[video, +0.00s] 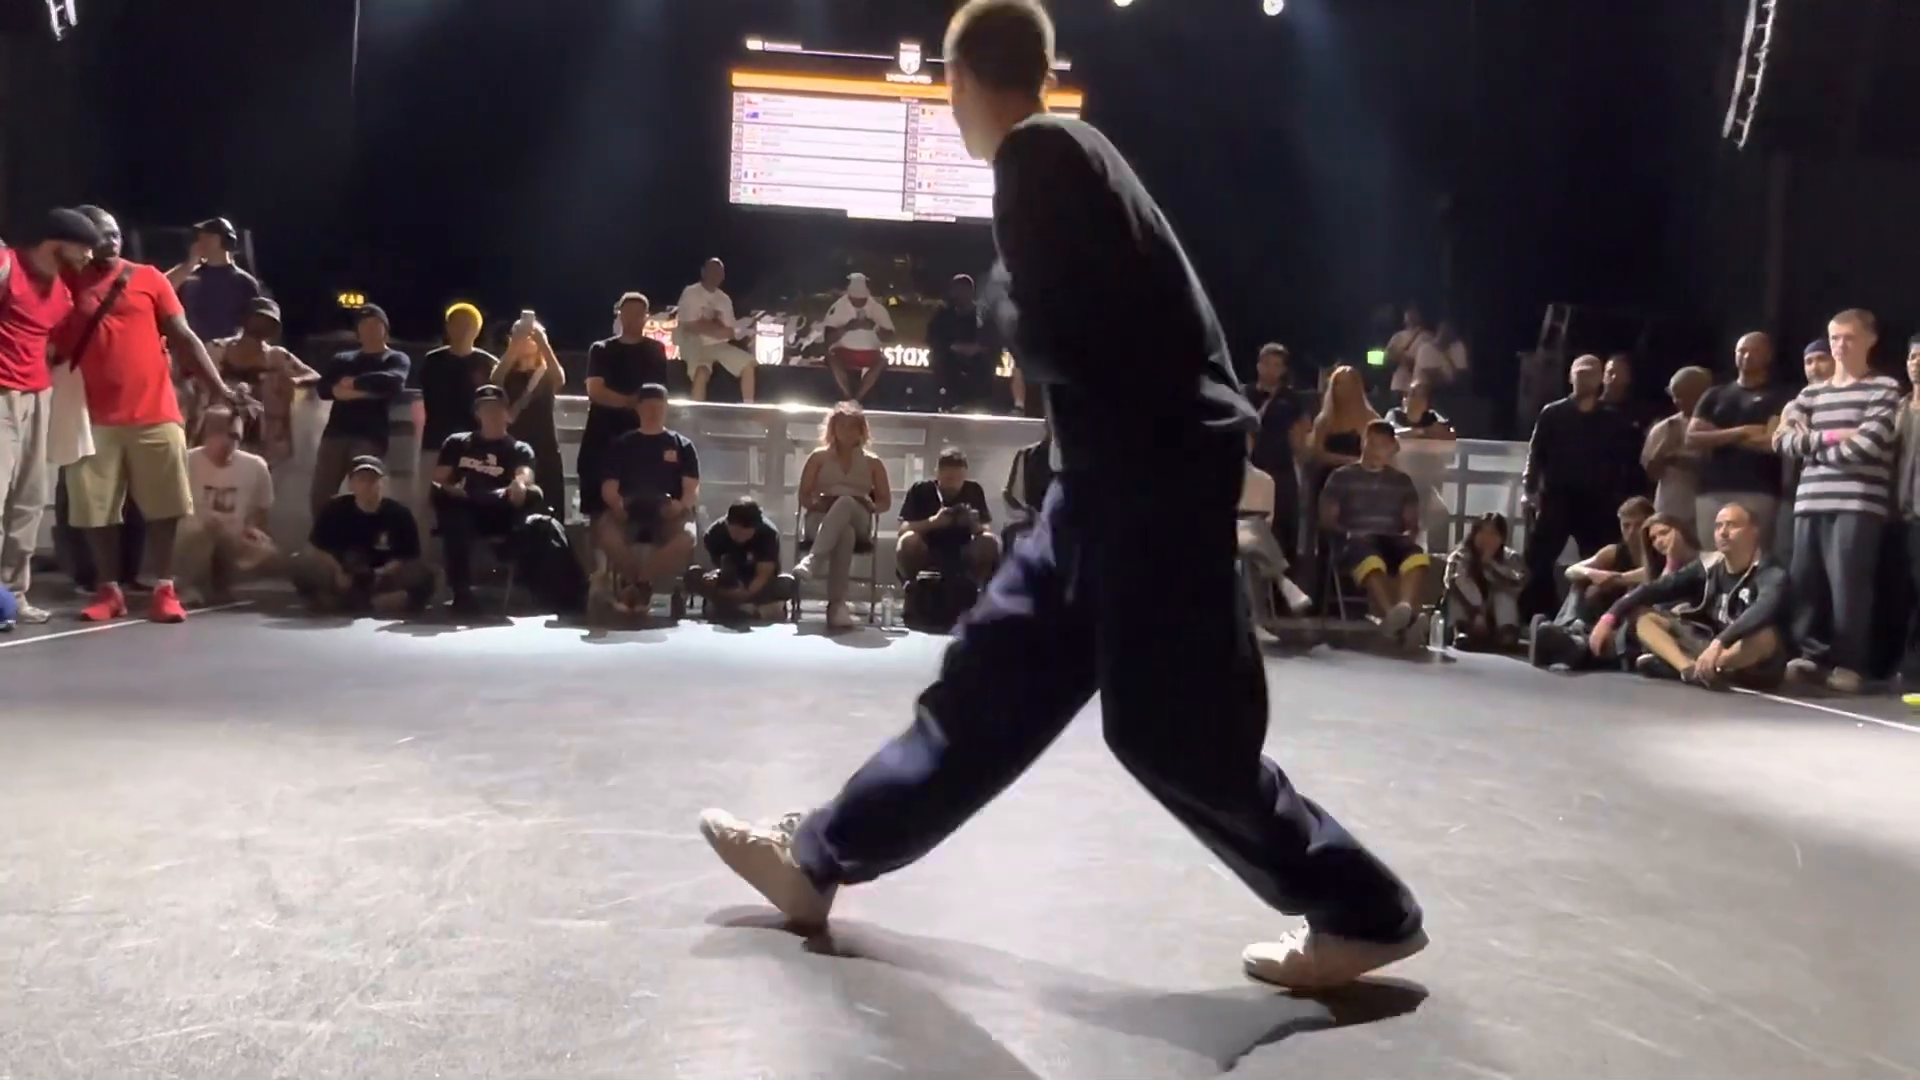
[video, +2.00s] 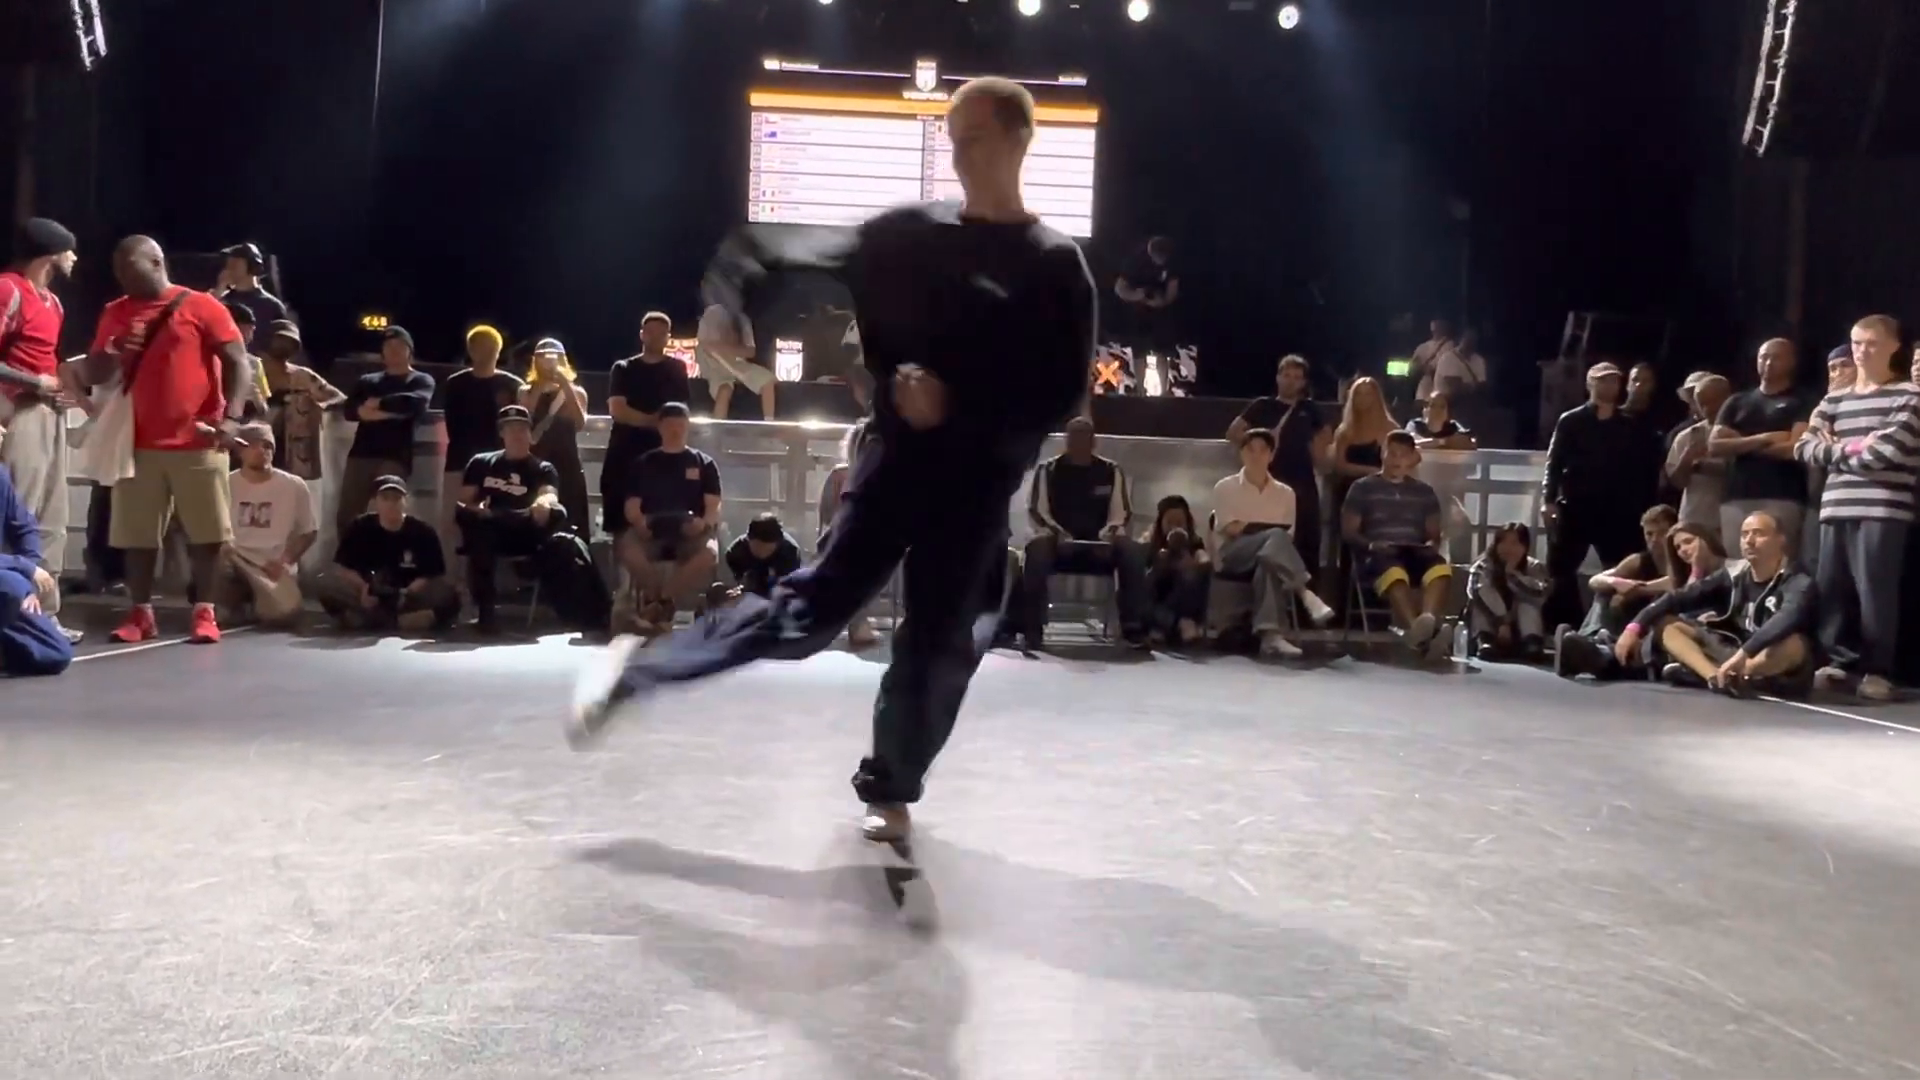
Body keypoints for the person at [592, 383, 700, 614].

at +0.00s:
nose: (653, 411)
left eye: (658, 405)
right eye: (648, 405)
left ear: (666, 408)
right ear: (638, 408)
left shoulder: (682, 445)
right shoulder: (620, 444)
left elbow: (690, 490)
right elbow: (609, 488)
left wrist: (678, 507)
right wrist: (622, 510)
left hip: (667, 509)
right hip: (629, 508)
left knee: (687, 537)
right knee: (605, 529)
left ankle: (639, 583)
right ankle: (639, 585)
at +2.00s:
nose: (675, 429)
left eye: (679, 424)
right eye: (669, 424)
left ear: (687, 427)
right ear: (659, 427)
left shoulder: (704, 463)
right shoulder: (643, 463)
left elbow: (713, 507)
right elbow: (631, 506)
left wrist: (702, 523)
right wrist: (642, 525)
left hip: (689, 524)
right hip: (652, 524)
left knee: (708, 554)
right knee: (628, 547)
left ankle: (662, 601)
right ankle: (659, 601)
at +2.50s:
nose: (682, 422)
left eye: (687, 417)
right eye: (677, 417)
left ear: (694, 421)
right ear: (666, 420)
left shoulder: (709, 456)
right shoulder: (649, 456)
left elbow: (718, 499)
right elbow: (637, 499)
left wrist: (708, 517)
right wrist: (648, 517)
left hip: (694, 519)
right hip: (659, 518)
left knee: (714, 550)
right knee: (637, 544)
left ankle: (670, 598)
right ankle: (665, 596)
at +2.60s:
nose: (683, 422)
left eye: (688, 417)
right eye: (677, 417)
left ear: (695, 420)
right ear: (667, 419)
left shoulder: (711, 456)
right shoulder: (650, 456)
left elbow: (719, 501)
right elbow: (639, 498)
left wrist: (709, 517)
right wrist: (648, 516)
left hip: (695, 519)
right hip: (660, 519)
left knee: (716, 546)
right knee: (638, 536)